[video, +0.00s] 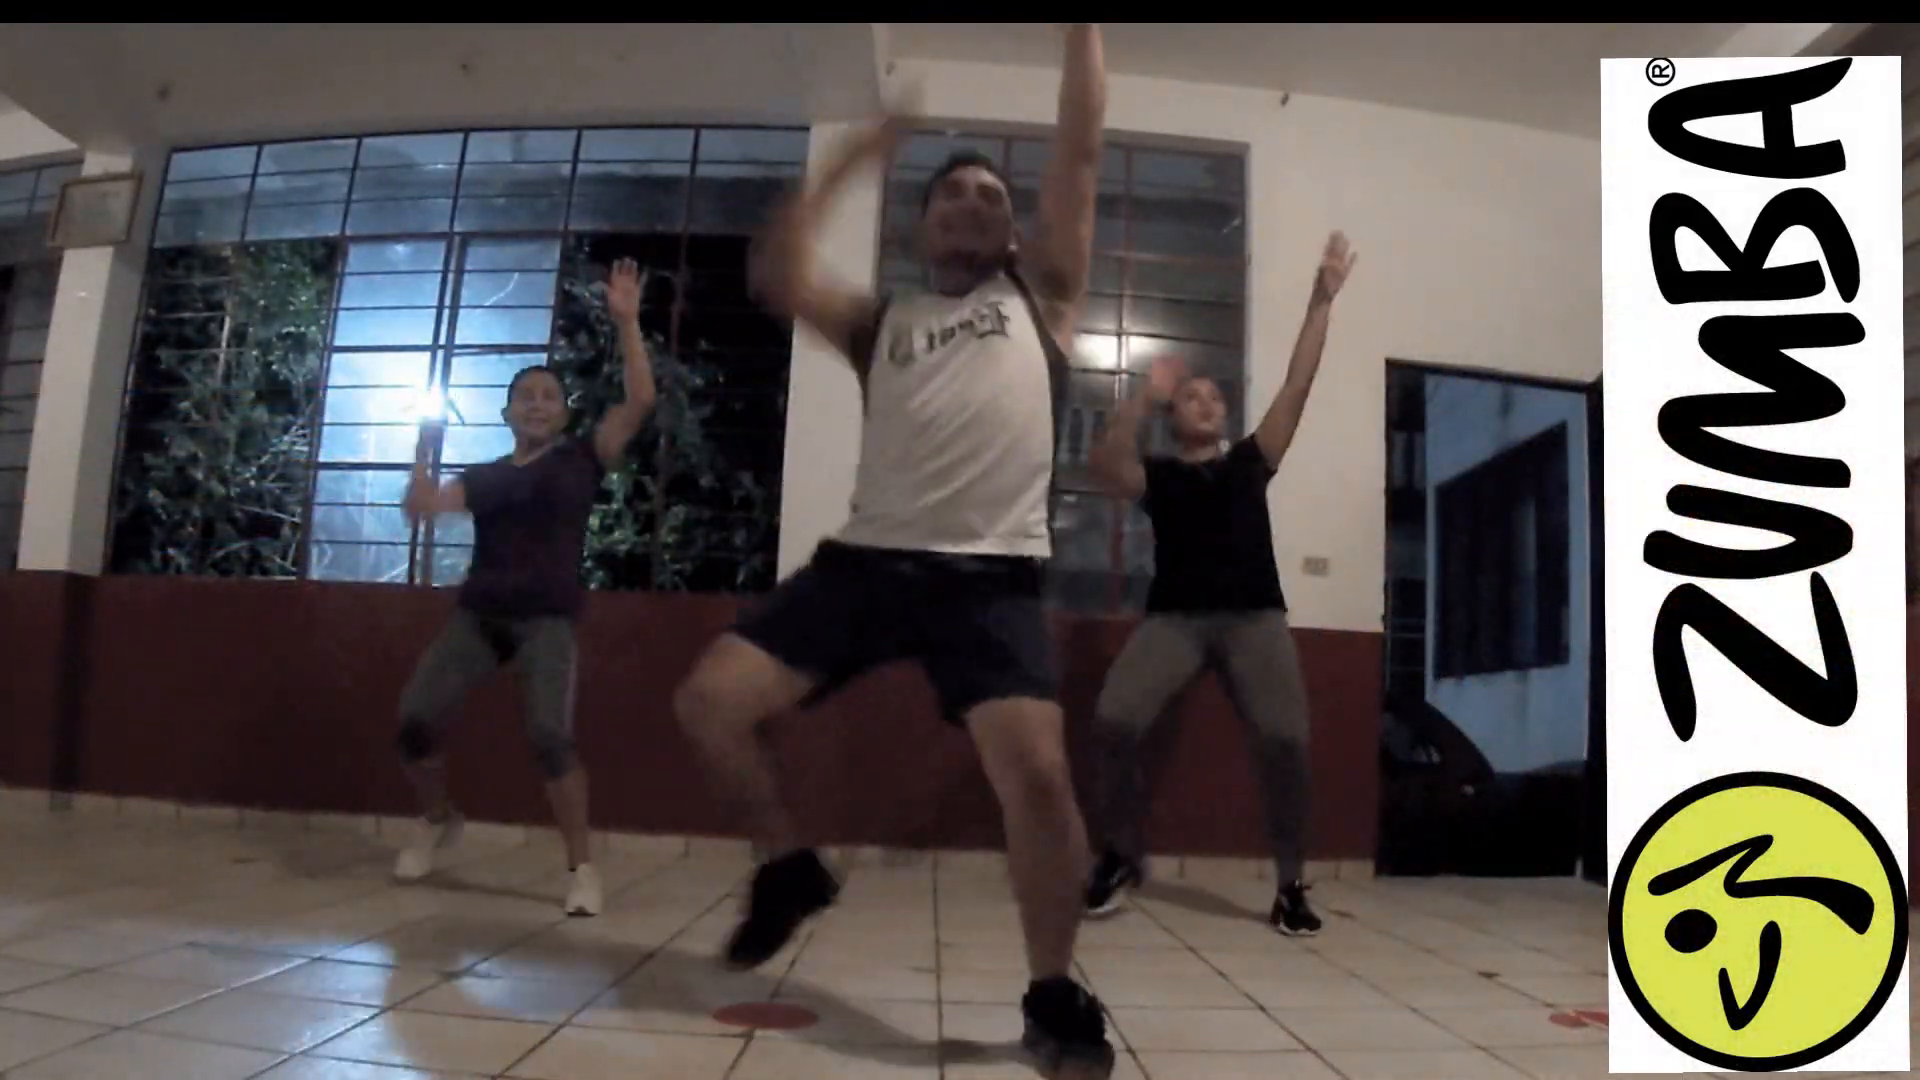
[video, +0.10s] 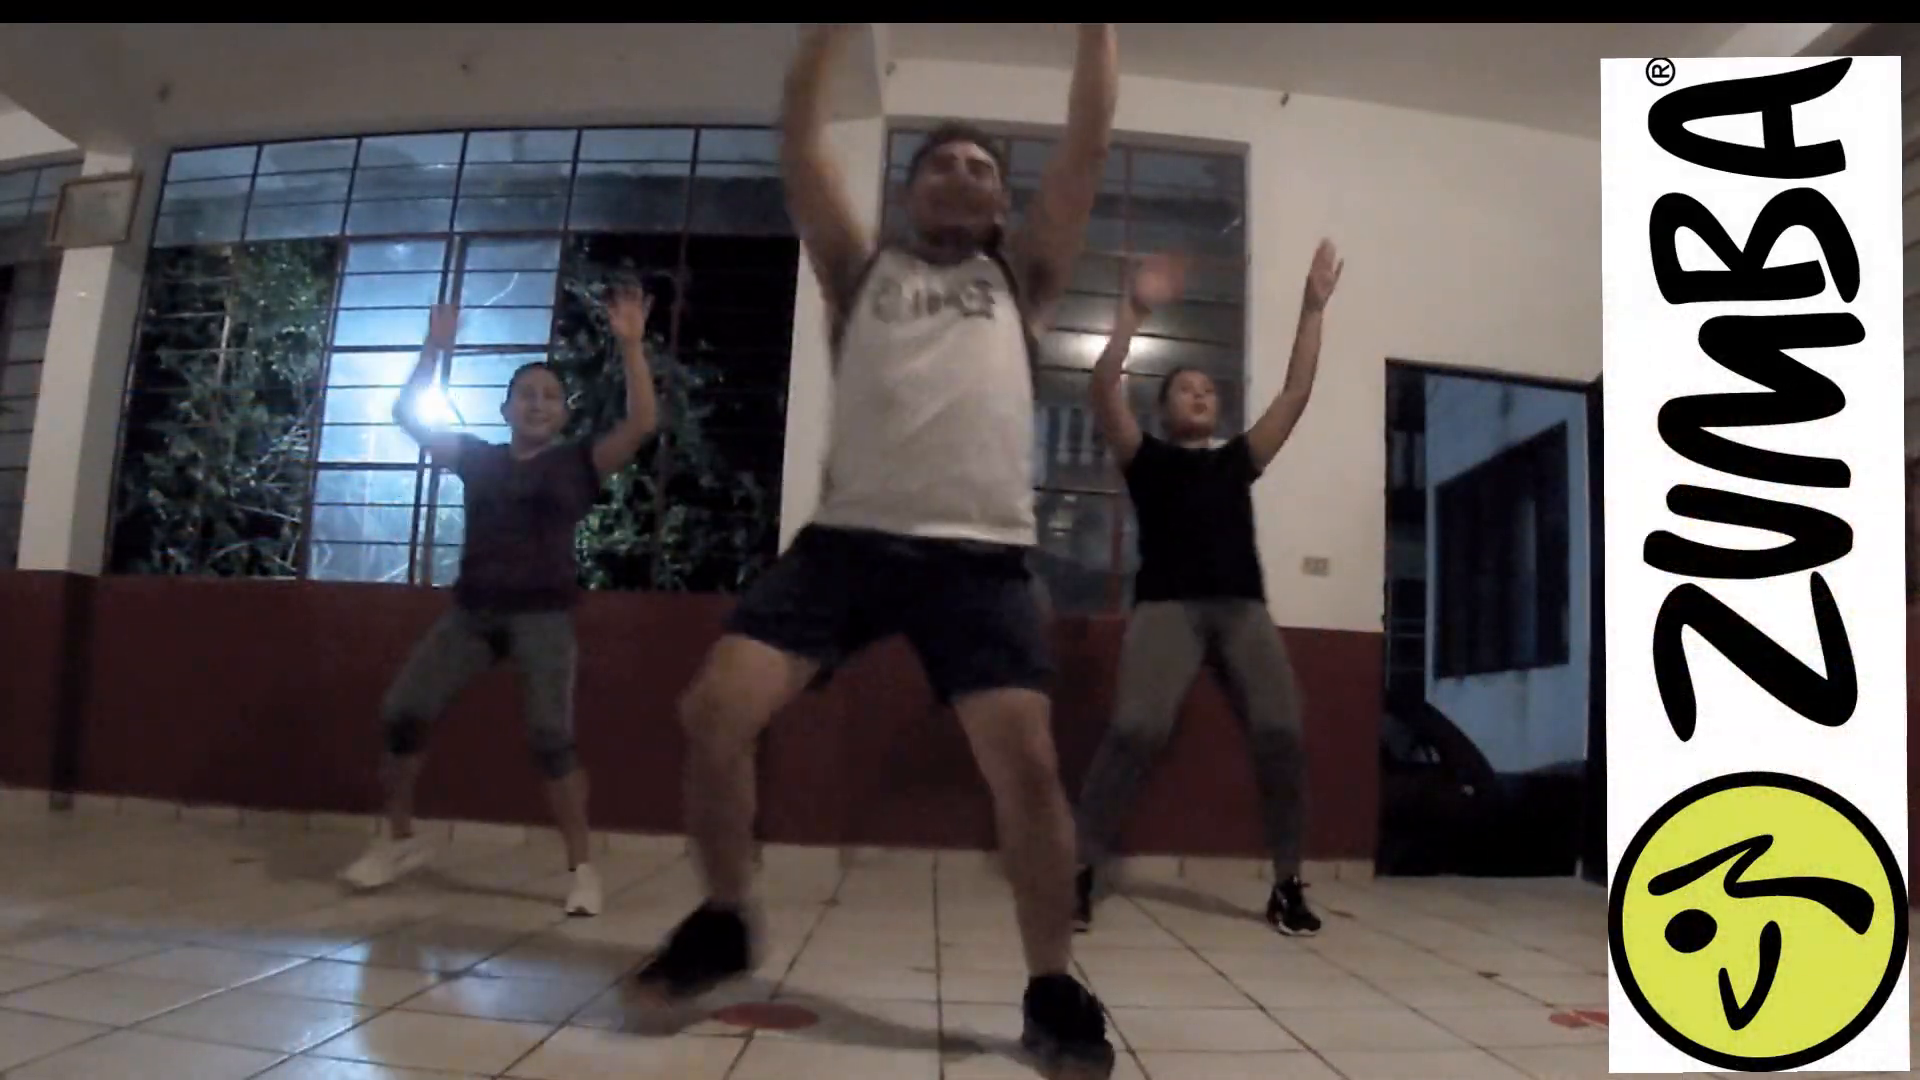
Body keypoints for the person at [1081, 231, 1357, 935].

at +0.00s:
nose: (1202, 402)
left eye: (1211, 398)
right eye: (1191, 398)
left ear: (1227, 415)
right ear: (1171, 416)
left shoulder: (1251, 464)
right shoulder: (1157, 475)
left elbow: (1297, 385)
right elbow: (1108, 466)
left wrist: (1321, 301)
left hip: (1253, 620)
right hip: (1176, 620)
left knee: (1284, 737)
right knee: (1118, 716)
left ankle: (1290, 885)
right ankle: (1120, 858)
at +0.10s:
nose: (1198, 398)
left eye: (1207, 392)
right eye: (1186, 391)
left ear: (1219, 410)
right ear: (1163, 407)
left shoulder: (1238, 459)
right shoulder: (1145, 462)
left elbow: (1296, 391)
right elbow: (1105, 392)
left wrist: (1314, 305)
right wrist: (1131, 311)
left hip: (1242, 608)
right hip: (1166, 608)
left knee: (1280, 729)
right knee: (1138, 727)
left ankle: (1288, 883)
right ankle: (1083, 871)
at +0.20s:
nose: (1187, 410)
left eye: (1195, 404)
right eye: (1175, 402)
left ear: (1205, 419)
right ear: (1150, 412)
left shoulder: (1222, 477)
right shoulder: (1131, 462)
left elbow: (1287, 439)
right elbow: (1128, 368)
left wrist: (1288, 365)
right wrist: (1125, 285)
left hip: (1221, 621)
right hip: (1150, 619)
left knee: (1269, 735)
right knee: (1133, 742)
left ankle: (1282, 887)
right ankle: (1080, 875)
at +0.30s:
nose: (1172, 413)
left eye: (1180, 408)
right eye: (1161, 405)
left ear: (1190, 424)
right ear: (1138, 417)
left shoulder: (1204, 492)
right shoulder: (1121, 463)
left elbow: (1270, 513)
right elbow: (1109, 366)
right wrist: (1118, 287)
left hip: (1198, 630)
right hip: (1130, 624)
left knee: (1268, 725)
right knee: (1119, 746)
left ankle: (1284, 879)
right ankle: (1074, 879)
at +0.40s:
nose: (1160, 411)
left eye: (1168, 405)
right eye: (1148, 403)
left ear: (1179, 421)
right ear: (1126, 416)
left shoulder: (1187, 490)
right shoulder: (1108, 462)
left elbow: (1191, 560)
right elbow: (1084, 380)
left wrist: (1236, 572)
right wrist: (1104, 299)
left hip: (1188, 625)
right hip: (1119, 623)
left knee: (1265, 718)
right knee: (1109, 745)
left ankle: (1245, 855)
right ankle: (1073, 878)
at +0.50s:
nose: (1157, 409)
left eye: (1165, 403)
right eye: (1144, 403)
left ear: (1177, 421)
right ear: (1121, 419)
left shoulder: (1187, 487)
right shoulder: (1104, 462)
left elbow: (1186, 555)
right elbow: (1072, 381)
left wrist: (1195, 607)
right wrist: (1098, 307)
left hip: (1188, 618)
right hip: (1117, 621)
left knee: (1236, 729)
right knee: (1101, 739)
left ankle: (1214, 830)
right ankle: (1072, 875)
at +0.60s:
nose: (1153, 423)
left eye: (1161, 416)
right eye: (1141, 417)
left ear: (1176, 429)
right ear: (1122, 432)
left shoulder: (1196, 492)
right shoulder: (1104, 480)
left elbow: (1190, 558)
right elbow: (1051, 423)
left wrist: (1205, 612)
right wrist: (1090, 357)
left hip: (1191, 629)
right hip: (1120, 629)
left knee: (1202, 743)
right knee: (1108, 745)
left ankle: (1190, 853)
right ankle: (1073, 875)